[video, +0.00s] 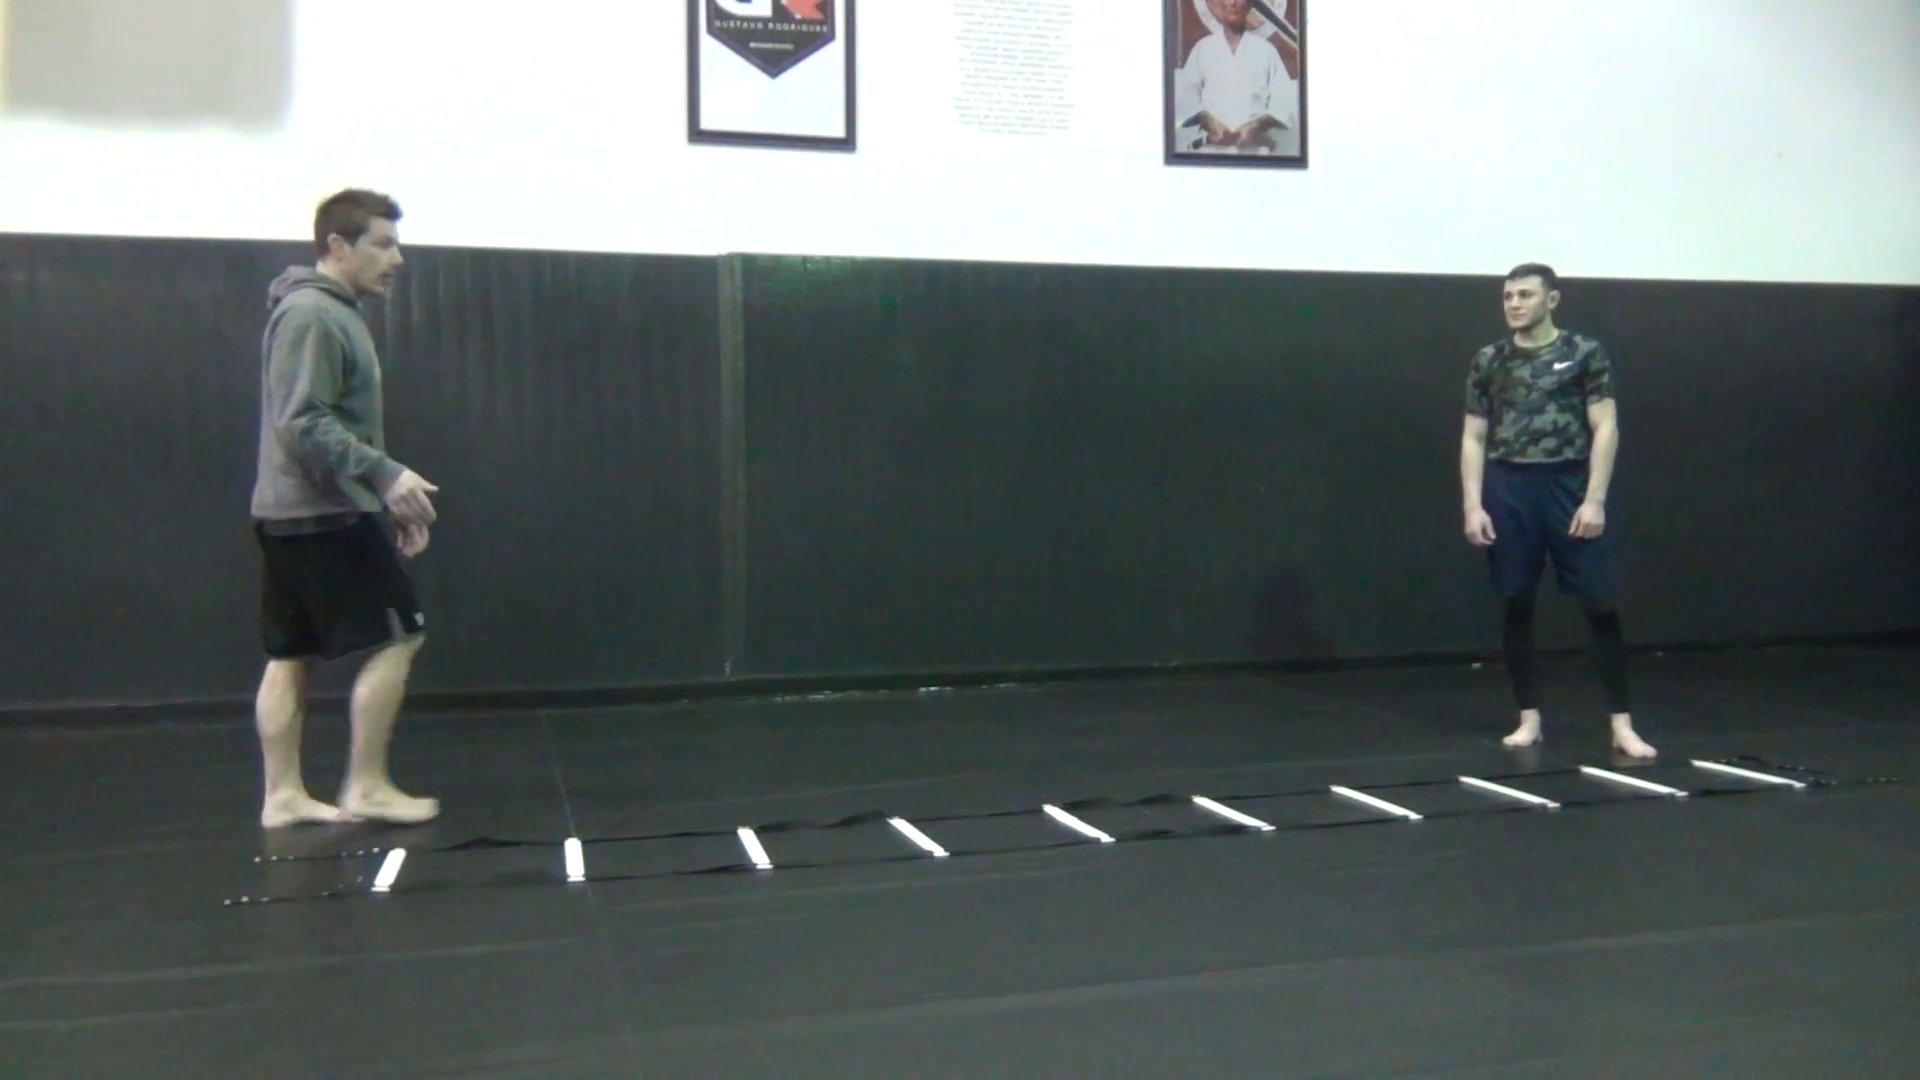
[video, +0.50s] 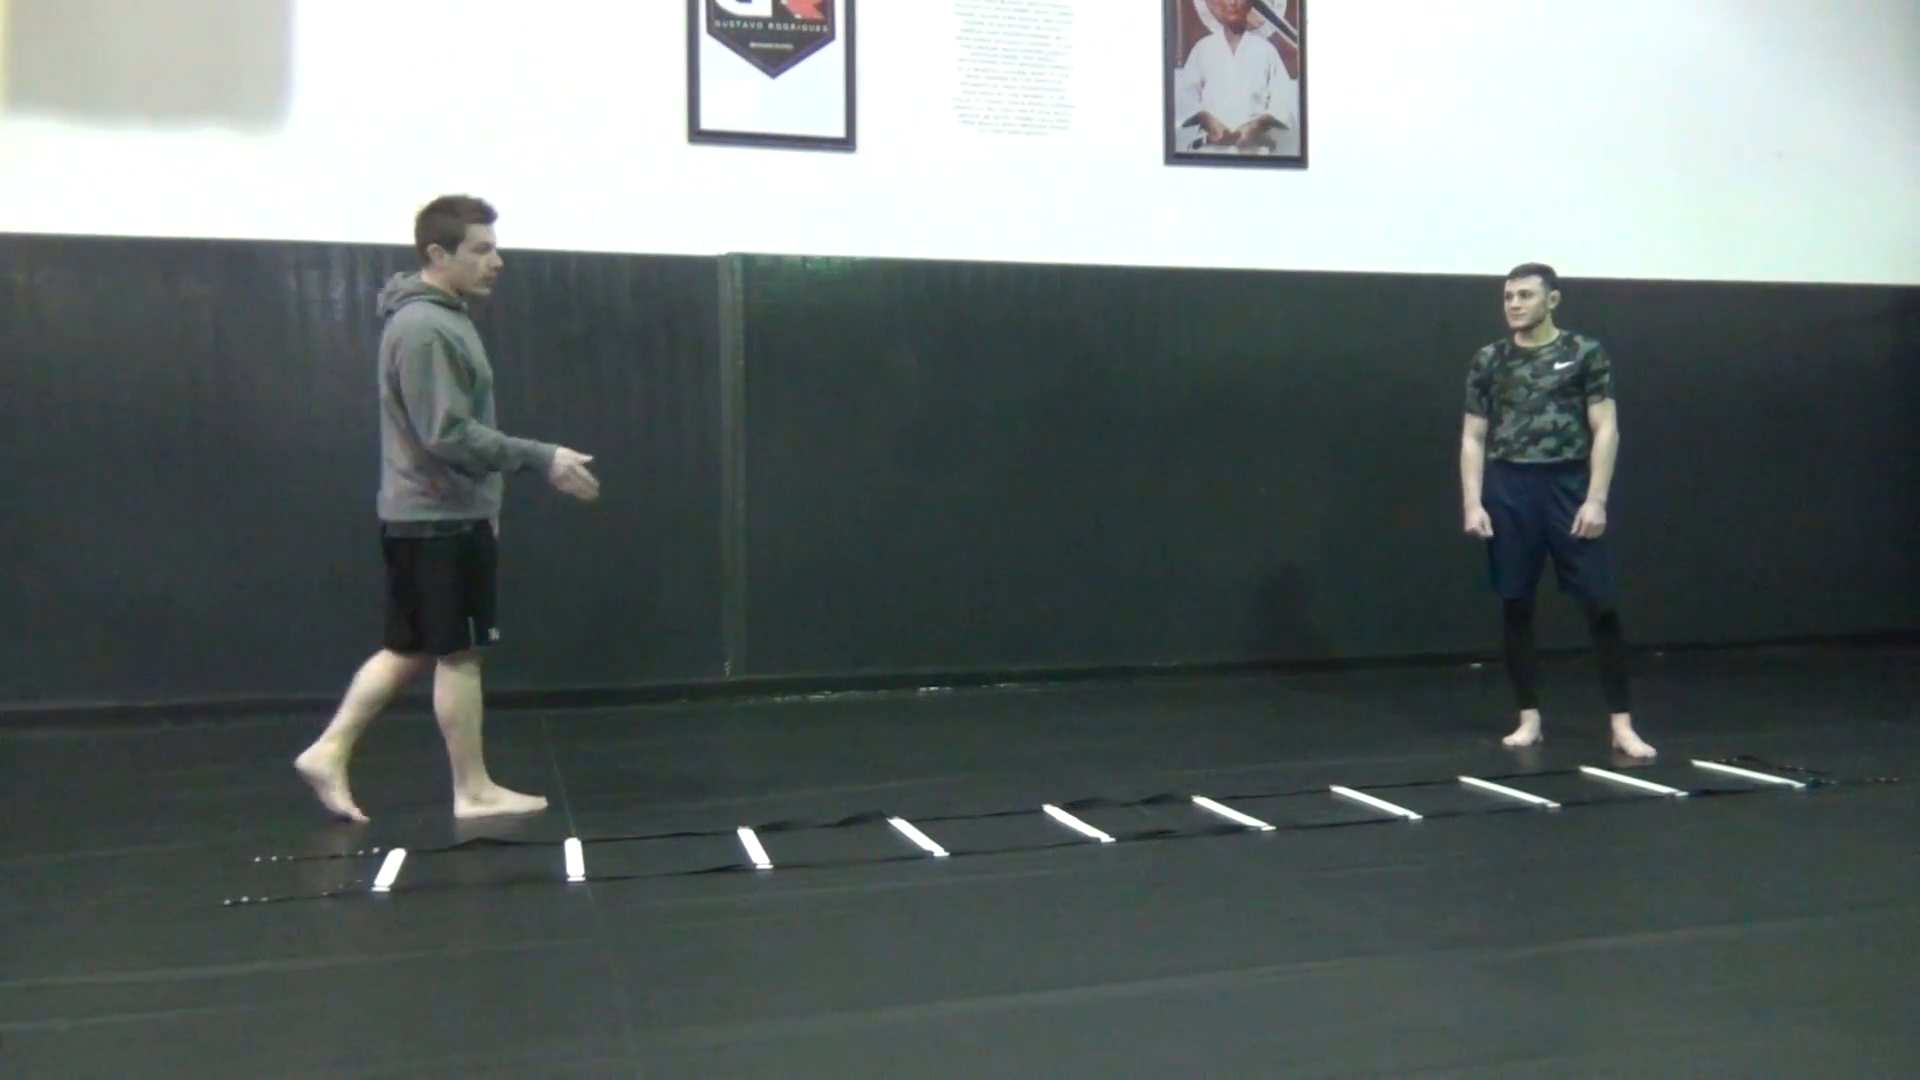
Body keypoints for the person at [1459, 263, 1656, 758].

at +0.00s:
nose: (1513, 304)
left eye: (1524, 295)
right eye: (1508, 297)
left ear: (1552, 300)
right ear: (1503, 303)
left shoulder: (1586, 353)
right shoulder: (1488, 360)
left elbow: (1605, 427)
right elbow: (1473, 437)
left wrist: (1595, 499)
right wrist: (1472, 505)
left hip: (1570, 491)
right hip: (1509, 491)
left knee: (1601, 604)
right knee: (1516, 603)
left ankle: (1621, 723)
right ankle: (1528, 717)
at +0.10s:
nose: (1514, 304)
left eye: (1525, 295)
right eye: (1508, 297)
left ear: (1552, 300)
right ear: (1503, 304)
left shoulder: (1585, 353)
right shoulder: (1488, 361)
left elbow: (1605, 427)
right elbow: (1473, 437)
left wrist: (1595, 499)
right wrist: (1471, 505)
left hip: (1569, 490)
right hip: (1508, 492)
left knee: (1600, 604)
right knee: (1515, 605)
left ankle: (1621, 723)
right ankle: (1527, 717)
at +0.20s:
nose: (1514, 304)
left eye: (1525, 295)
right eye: (1509, 297)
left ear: (1552, 299)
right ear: (1503, 304)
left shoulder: (1586, 353)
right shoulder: (1488, 360)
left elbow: (1605, 428)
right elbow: (1473, 437)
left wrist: (1595, 499)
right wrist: (1471, 504)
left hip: (1569, 490)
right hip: (1508, 491)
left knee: (1602, 604)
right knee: (1516, 604)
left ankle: (1621, 723)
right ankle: (1528, 717)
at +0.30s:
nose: (1514, 304)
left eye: (1525, 295)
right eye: (1508, 297)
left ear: (1552, 300)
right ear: (1503, 304)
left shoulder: (1586, 353)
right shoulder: (1488, 360)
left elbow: (1605, 427)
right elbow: (1473, 436)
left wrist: (1595, 499)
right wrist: (1471, 504)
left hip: (1569, 489)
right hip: (1507, 490)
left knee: (1602, 603)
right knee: (1515, 604)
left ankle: (1621, 723)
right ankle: (1527, 717)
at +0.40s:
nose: (1514, 304)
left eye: (1525, 295)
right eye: (1509, 297)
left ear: (1552, 300)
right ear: (1503, 304)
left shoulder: (1586, 353)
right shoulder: (1488, 360)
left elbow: (1605, 428)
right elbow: (1473, 436)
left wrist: (1596, 499)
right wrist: (1471, 503)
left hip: (1569, 489)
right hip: (1508, 490)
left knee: (1601, 603)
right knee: (1516, 605)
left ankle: (1621, 723)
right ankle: (1528, 717)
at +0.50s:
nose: (1514, 304)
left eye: (1525, 296)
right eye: (1509, 297)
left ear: (1552, 300)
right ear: (1504, 304)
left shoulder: (1586, 353)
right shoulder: (1489, 360)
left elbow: (1605, 429)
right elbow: (1473, 437)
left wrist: (1596, 499)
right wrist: (1472, 502)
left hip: (1570, 490)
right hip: (1508, 491)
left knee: (1602, 604)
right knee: (1515, 605)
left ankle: (1621, 724)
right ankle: (1528, 718)